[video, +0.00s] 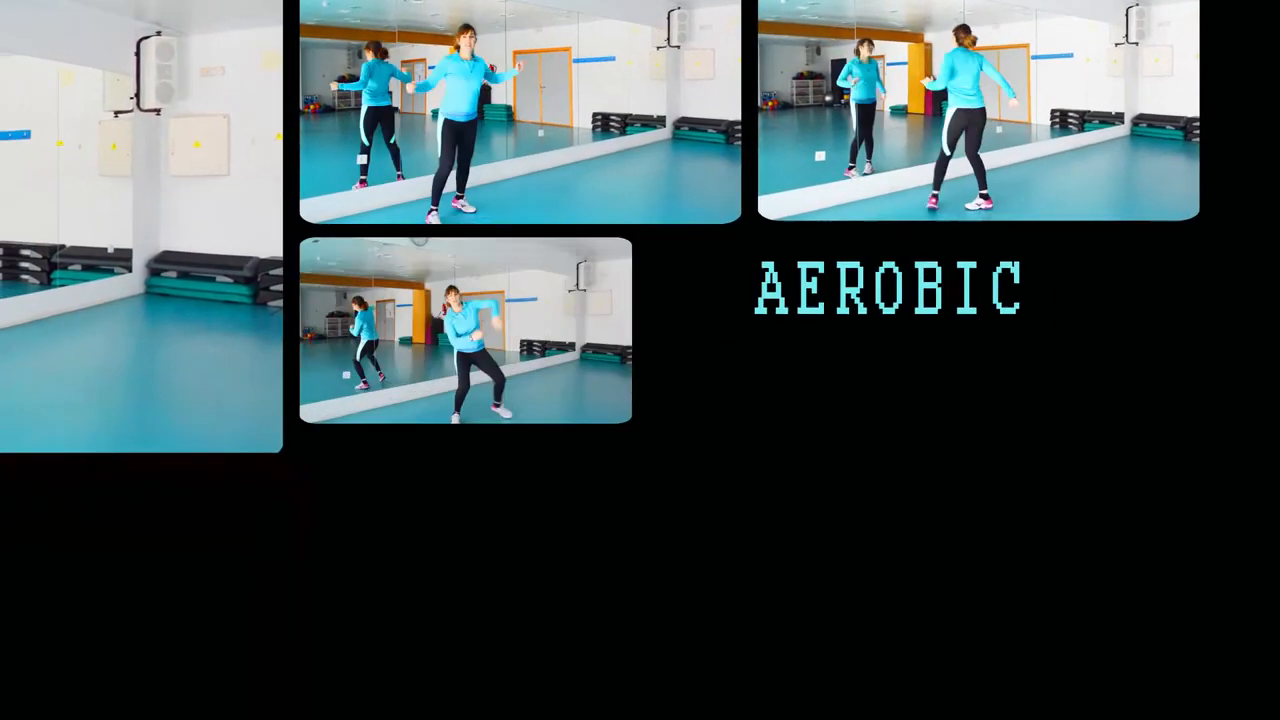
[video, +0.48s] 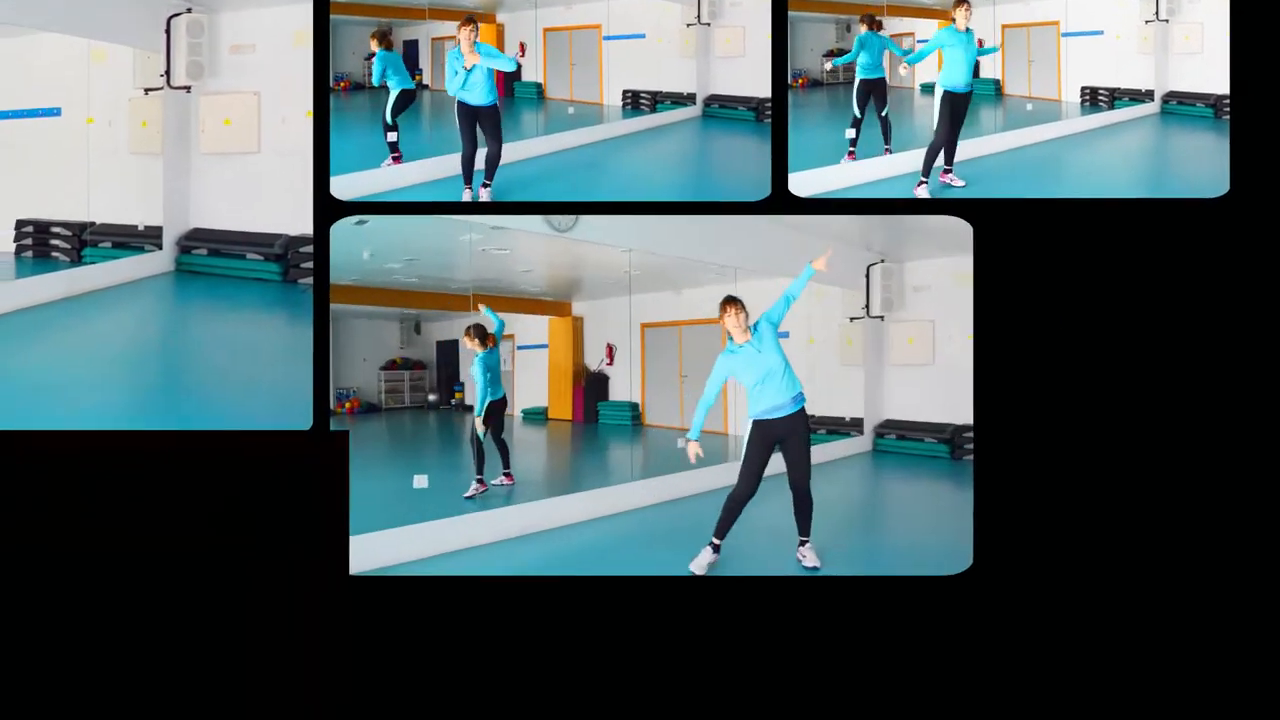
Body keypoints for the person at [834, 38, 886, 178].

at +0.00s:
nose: (870, 48)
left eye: (871, 46)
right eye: (867, 46)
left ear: (872, 49)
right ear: (860, 48)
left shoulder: (874, 63)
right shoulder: (852, 63)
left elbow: (878, 79)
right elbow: (839, 81)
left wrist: (883, 90)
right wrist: (850, 83)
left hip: (871, 100)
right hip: (857, 101)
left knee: (869, 133)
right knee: (859, 134)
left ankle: (869, 163)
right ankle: (851, 167)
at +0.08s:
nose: (877, 45)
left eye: (877, 42)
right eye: (876, 42)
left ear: (872, 43)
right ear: (870, 43)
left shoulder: (873, 58)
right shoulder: (861, 57)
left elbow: (871, 75)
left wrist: (880, 76)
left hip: (871, 95)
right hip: (861, 94)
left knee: (869, 127)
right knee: (862, 127)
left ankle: (865, 159)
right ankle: (855, 163)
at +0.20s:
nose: (880, 38)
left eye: (863, 36)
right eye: (878, 35)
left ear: (865, 37)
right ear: (876, 36)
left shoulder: (862, 50)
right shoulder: (876, 48)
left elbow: (849, 66)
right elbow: (875, 66)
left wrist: (843, 82)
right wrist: (889, 74)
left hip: (859, 86)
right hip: (870, 87)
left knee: (864, 121)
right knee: (870, 122)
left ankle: (861, 155)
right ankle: (862, 157)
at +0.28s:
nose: (863, 34)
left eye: (864, 32)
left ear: (866, 33)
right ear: (877, 32)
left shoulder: (860, 46)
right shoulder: (881, 45)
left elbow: (847, 61)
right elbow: (885, 61)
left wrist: (834, 76)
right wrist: (901, 68)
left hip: (860, 84)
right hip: (874, 84)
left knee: (862, 119)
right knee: (874, 120)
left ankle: (854, 152)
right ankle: (869, 155)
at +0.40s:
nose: (862, 29)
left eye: (862, 27)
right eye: (862, 27)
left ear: (865, 27)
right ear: (876, 27)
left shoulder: (859, 41)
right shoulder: (883, 40)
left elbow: (849, 57)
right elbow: (897, 56)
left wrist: (832, 68)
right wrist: (913, 57)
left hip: (862, 81)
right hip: (879, 81)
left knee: (859, 116)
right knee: (879, 116)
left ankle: (851, 150)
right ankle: (881, 151)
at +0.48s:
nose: (860, 28)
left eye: (861, 25)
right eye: (861, 25)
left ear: (864, 25)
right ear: (874, 25)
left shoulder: (860, 38)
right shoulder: (883, 39)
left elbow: (853, 55)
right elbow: (899, 52)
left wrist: (834, 63)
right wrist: (910, 51)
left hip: (863, 80)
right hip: (880, 79)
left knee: (858, 115)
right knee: (883, 114)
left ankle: (851, 151)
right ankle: (888, 148)